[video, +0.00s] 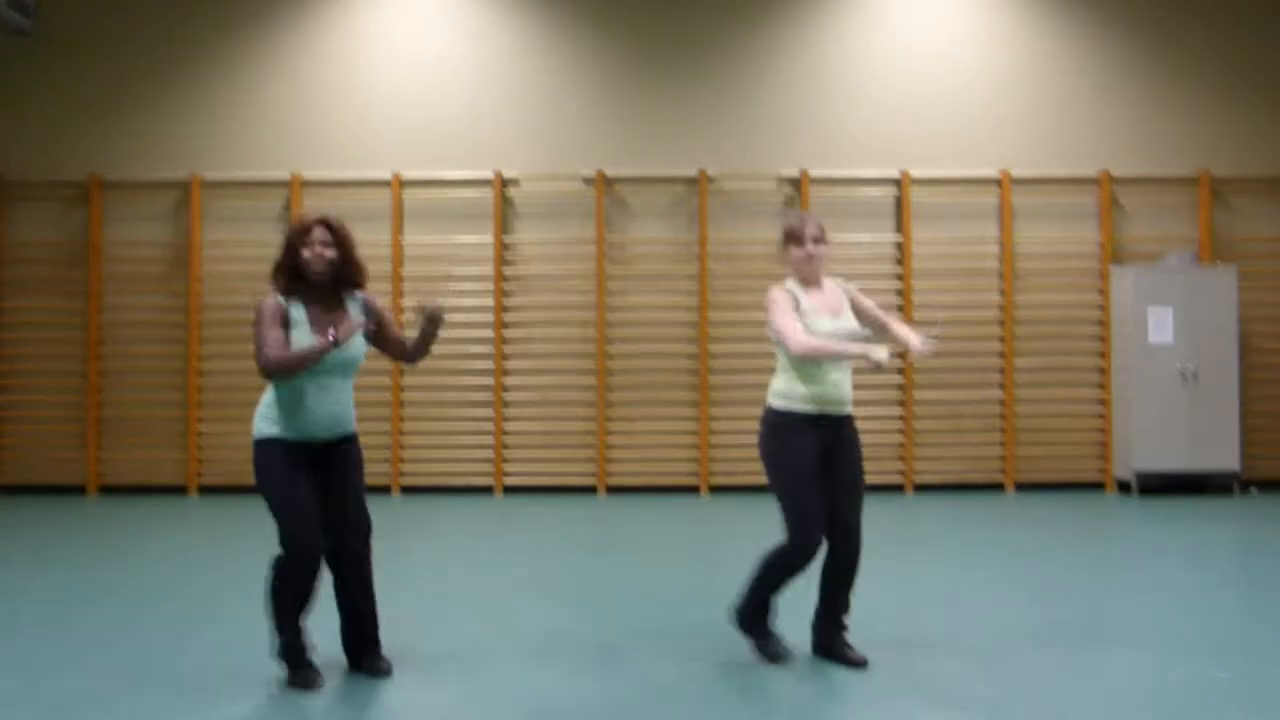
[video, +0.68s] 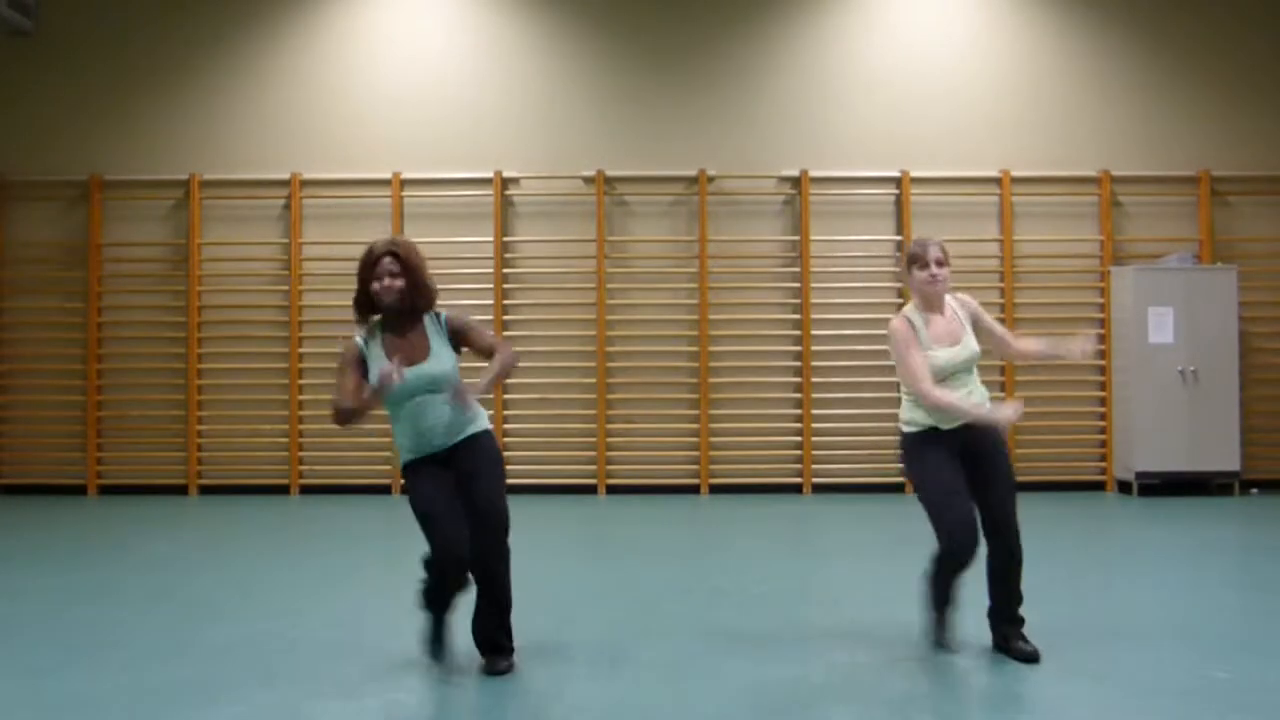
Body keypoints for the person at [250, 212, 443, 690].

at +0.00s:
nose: (319, 253)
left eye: (328, 245)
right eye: (309, 245)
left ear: (343, 254)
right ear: (294, 255)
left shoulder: (362, 305)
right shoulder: (276, 304)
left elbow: (406, 353)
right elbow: (270, 364)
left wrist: (428, 332)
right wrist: (321, 348)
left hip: (338, 443)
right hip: (282, 444)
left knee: (353, 546)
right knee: (303, 547)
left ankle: (364, 650)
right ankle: (289, 637)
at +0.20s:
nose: (339, 241)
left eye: (348, 235)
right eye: (330, 235)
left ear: (363, 245)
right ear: (314, 247)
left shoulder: (379, 297)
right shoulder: (302, 297)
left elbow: (416, 345)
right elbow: (284, 351)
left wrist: (422, 331)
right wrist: (332, 319)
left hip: (367, 436)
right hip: (309, 436)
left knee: (405, 525)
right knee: (313, 545)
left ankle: (389, 626)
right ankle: (308, 655)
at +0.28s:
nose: (349, 231)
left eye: (357, 225)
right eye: (338, 225)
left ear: (373, 238)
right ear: (323, 239)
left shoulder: (389, 285)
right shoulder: (313, 285)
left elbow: (451, 306)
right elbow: (298, 309)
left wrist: (461, 275)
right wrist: (347, 265)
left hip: (383, 425)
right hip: (325, 428)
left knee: (418, 520)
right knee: (320, 537)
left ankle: (436, 624)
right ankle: (309, 654)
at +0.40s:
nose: (361, 238)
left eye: (370, 231)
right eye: (352, 232)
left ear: (384, 241)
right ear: (336, 245)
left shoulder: (407, 283)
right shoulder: (331, 294)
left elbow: (467, 252)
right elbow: (314, 268)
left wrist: (511, 214)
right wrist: (368, 217)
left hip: (412, 431)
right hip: (351, 432)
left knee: (442, 538)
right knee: (331, 543)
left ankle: (493, 637)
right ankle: (310, 658)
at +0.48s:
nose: (370, 247)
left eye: (380, 240)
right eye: (362, 241)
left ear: (394, 250)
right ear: (350, 254)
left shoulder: (420, 286)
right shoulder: (347, 307)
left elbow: (479, 249)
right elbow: (327, 273)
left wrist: (522, 210)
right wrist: (358, 232)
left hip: (439, 437)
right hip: (379, 440)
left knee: (460, 545)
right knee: (352, 543)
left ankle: (495, 646)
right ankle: (314, 655)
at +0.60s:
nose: (376, 268)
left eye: (386, 260)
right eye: (368, 263)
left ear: (405, 268)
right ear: (359, 277)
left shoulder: (435, 306)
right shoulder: (357, 330)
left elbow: (490, 303)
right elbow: (317, 353)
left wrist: (500, 292)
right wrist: (364, 316)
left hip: (465, 437)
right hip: (411, 451)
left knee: (483, 543)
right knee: (416, 542)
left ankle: (494, 648)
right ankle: (376, 615)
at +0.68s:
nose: (387, 284)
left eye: (396, 275)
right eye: (378, 277)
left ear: (413, 280)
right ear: (368, 288)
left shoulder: (444, 324)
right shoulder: (362, 347)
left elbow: (506, 353)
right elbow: (342, 414)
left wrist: (479, 384)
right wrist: (377, 389)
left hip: (472, 443)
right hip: (420, 461)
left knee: (491, 546)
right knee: (453, 552)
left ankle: (497, 647)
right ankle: (435, 614)